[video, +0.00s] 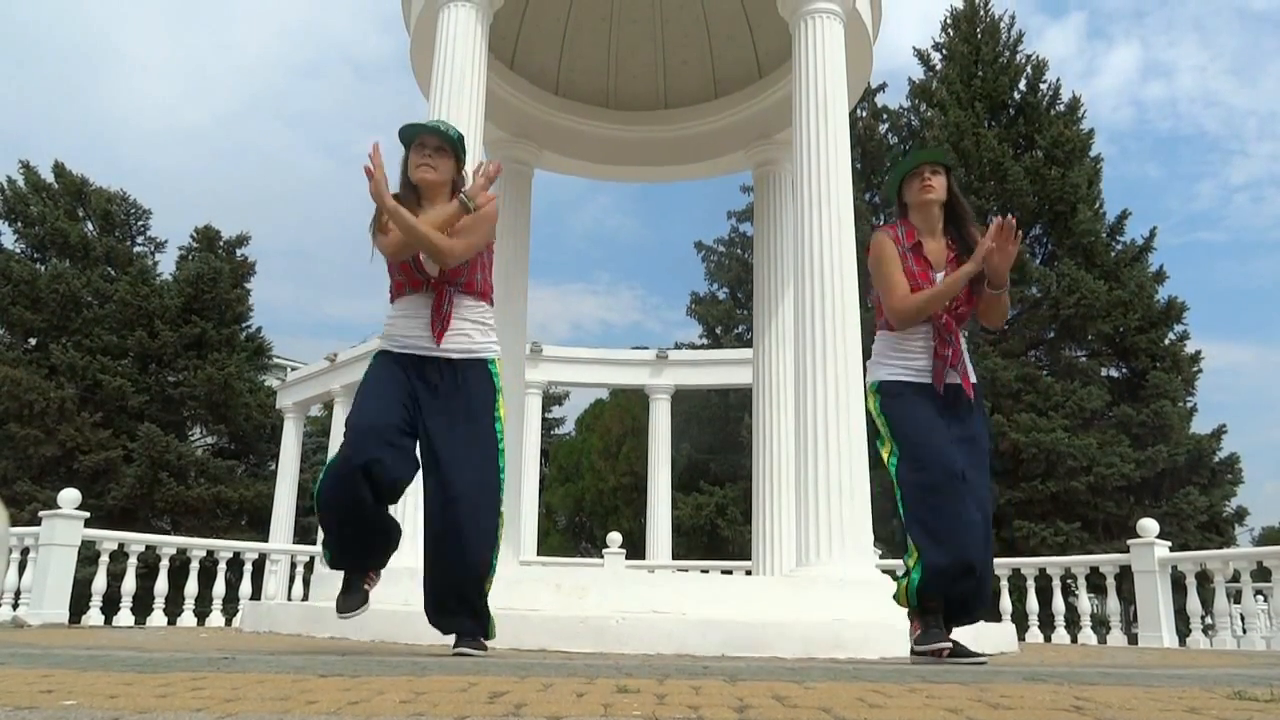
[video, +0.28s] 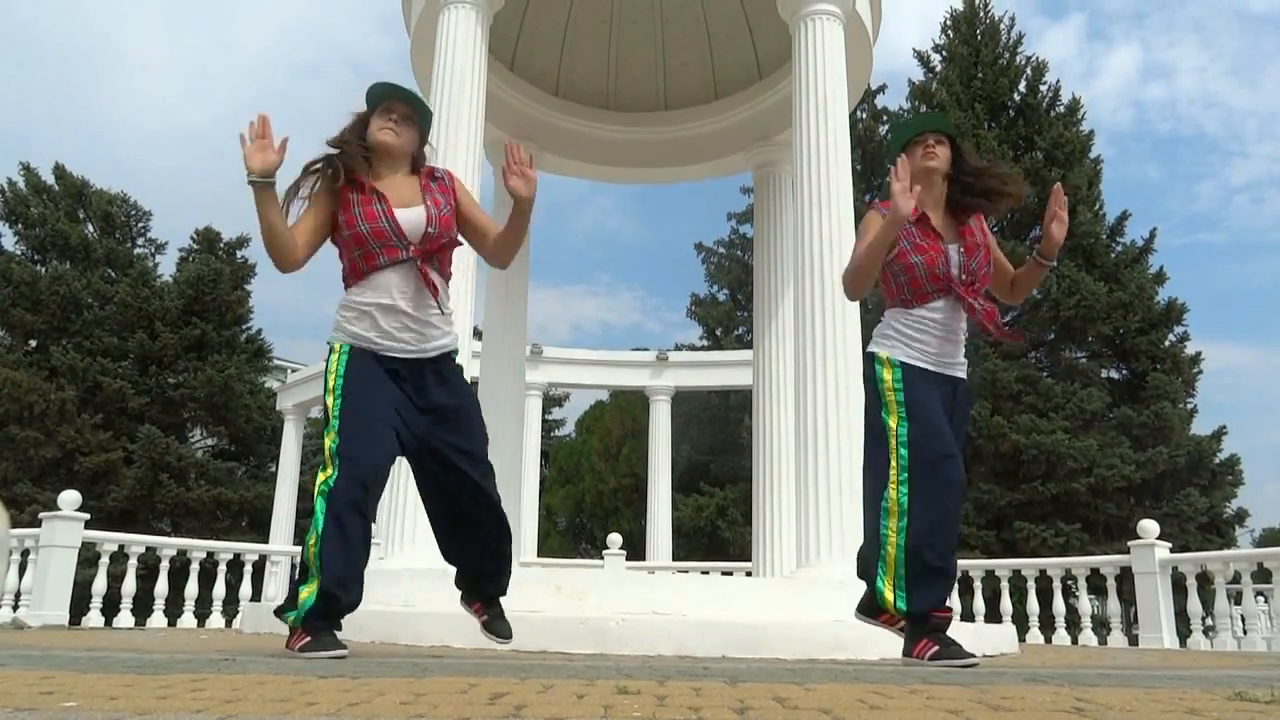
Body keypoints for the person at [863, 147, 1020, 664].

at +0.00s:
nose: (927, 177)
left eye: (936, 172)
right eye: (917, 173)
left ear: (949, 190)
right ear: (902, 193)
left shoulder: (965, 243)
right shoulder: (887, 240)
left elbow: (993, 320)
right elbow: (899, 311)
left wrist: (999, 275)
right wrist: (971, 268)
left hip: (955, 383)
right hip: (900, 381)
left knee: (969, 489)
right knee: (938, 482)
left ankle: (938, 627)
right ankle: (926, 622)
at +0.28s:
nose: (930, 147)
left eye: (939, 141)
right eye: (919, 142)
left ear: (955, 160)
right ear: (902, 162)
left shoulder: (972, 222)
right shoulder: (886, 213)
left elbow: (1011, 290)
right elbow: (855, 286)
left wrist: (1048, 251)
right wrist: (895, 217)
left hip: (950, 370)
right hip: (901, 363)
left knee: (936, 480)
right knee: (937, 475)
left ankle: (884, 596)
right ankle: (924, 630)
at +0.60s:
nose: (945, 172)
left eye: (954, 166)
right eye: (934, 164)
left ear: (962, 180)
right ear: (914, 176)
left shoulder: (956, 248)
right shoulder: (898, 219)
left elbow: (987, 315)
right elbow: (882, 281)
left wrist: (1019, 281)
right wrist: (937, 217)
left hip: (920, 381)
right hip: (886, 371)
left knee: (897, 498)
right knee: (936, 479)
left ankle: (884, 632)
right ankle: (921, 630)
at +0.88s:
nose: (927, 203)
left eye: (937, 199)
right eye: (918, 197)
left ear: (945, 216)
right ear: (901, 206)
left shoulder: (937, 266)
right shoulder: (887, 236)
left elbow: (964, 337)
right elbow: (874, 287)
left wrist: (983, 297)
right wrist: (954, 266)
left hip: (909, 375)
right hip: (884, 368)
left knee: (895, 499)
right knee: (928, 483)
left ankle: (884, 631)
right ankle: (922, 632)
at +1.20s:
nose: (921, 238)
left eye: (930, 234)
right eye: (913, 232)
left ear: (940, 249)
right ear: (895, 240)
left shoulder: (926, 310)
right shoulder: (877, 274)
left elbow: (930, 385)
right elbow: (822, 323)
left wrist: (969, 360)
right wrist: (876, 280)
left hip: (913, 419)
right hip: (876, 407)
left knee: (944, 517)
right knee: (931, 502)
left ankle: (886, 639)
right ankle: (918, 639)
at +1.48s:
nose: (921, 250)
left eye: (929, 245)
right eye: (912, 243)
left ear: (938, 258)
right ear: (896, 249)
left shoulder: (923, 305)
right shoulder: (883, 274)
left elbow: (943, 380)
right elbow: (853, 321)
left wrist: (958, 343)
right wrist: (926, 309)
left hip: (909, 399)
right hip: (879, 391)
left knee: (945, 511)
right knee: (916, 501)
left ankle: (891, 639)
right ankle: (909, 639)